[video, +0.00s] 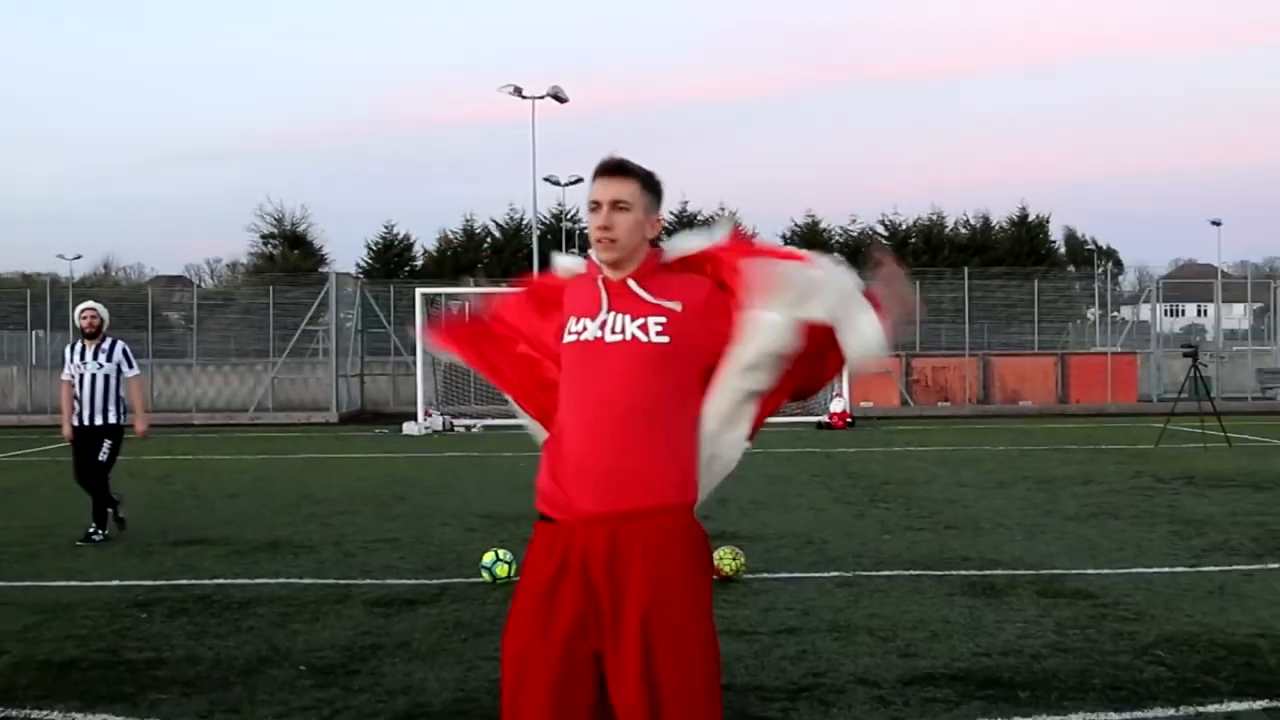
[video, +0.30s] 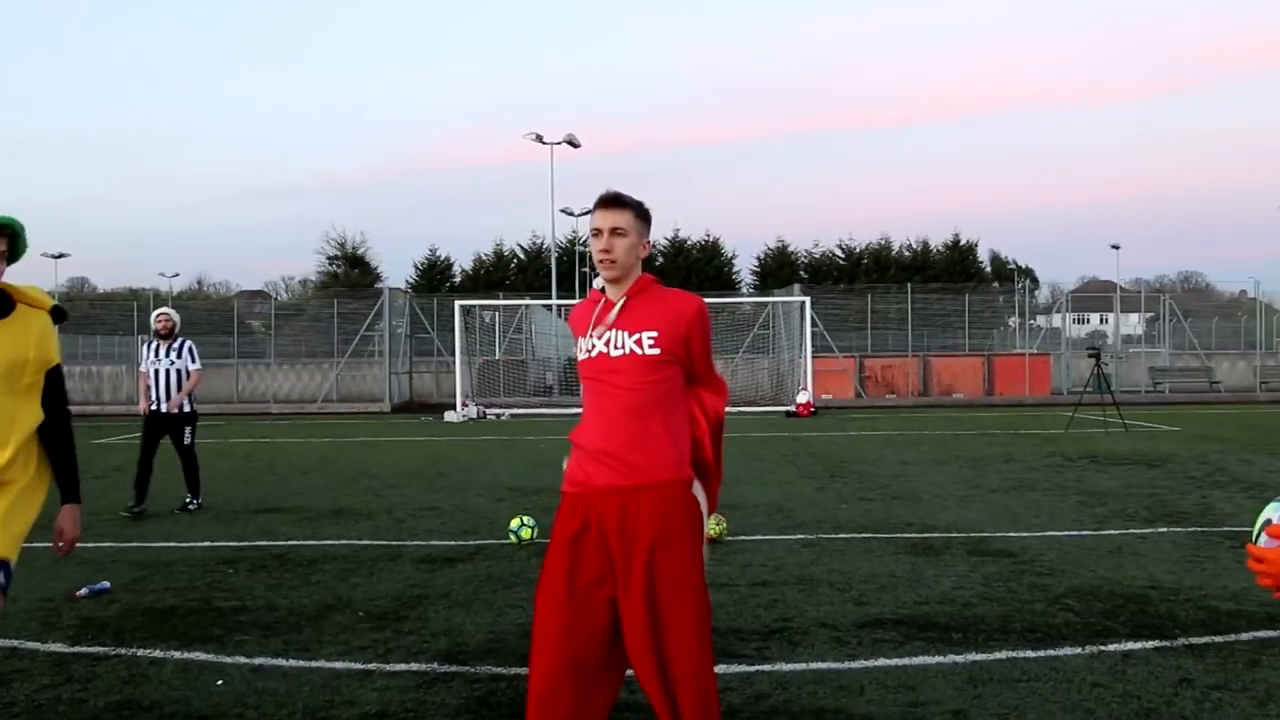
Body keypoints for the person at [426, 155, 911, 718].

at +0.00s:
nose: (603, 221)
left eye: (621, 208)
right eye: (595, 207)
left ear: (655, 222)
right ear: (585, 217)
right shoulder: (561, 297)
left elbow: (789, 366)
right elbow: (468, 323)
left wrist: (863, 310)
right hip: (561, 537)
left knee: (671, 699)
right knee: (536, 699)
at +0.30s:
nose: (604, 245)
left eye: (618, 234)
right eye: (597, 234)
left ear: (645, 245)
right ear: (588, 244)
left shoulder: (684, 310)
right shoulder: (581, 315)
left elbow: (706, 397)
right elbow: (602, 403)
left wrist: (702, 488)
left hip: (660, 502)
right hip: (585, 502)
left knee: (675, 651)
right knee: (560, 652)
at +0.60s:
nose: (612, 244)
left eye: (626, 233)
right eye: (604, 234)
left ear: (652, 247)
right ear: (596, 245)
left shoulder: (690, 313)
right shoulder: (571, 316)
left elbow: (716, 392)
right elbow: (581, 399)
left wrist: (700, 456)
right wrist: (593, 458)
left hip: (663, 502)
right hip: (585, 502)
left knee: (678, 646)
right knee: (559, 648)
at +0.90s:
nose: (610, 246)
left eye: (624, 236)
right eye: (602, 236)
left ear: (650, 248)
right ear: (594, 246)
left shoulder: (689, 315)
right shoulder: (565, 318)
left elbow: (698, 414)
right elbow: (574, 415)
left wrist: (687, 486)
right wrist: (602, 473)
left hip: (666, 503)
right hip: (587, 505)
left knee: (683, 653)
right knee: (555, 653)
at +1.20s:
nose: (604, 248)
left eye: (617, 238)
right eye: (597, 238)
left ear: (644, 249)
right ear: (590, 247)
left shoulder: (686, 313)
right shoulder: (558, 319)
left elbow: (694, 405)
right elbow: (561, 408)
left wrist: (664, 467)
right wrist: (591, 466)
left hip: (665, 504)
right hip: (584, 508)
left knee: (681, 654)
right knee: (557, 656)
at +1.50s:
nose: (597, 246)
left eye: (611, 236)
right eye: (591, 237)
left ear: (638, 249)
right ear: (582, 248)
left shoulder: (680, 311)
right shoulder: (553, 321)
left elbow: (699, 386)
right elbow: (540, 404)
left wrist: (677, 454)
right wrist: (571, 463)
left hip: (662, 500)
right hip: (581, 506)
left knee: (679, 645)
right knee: (559, 648)